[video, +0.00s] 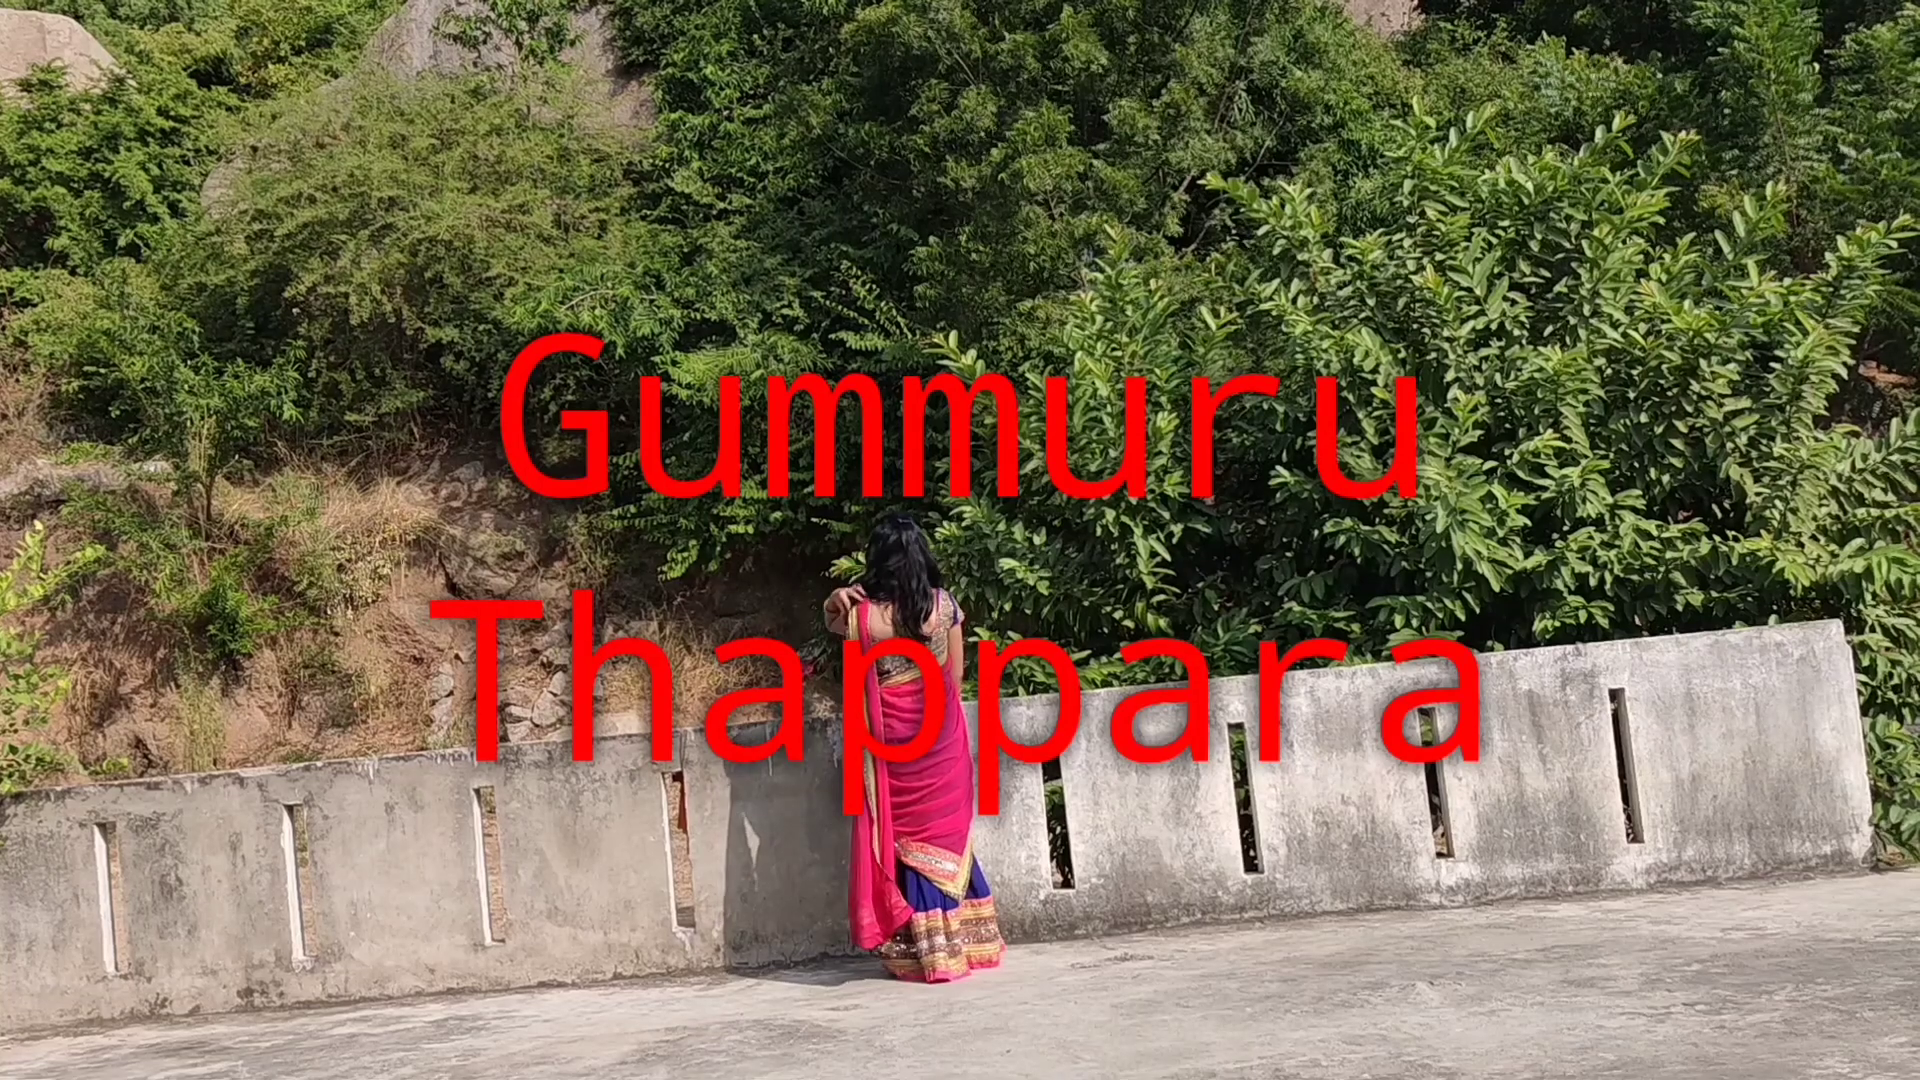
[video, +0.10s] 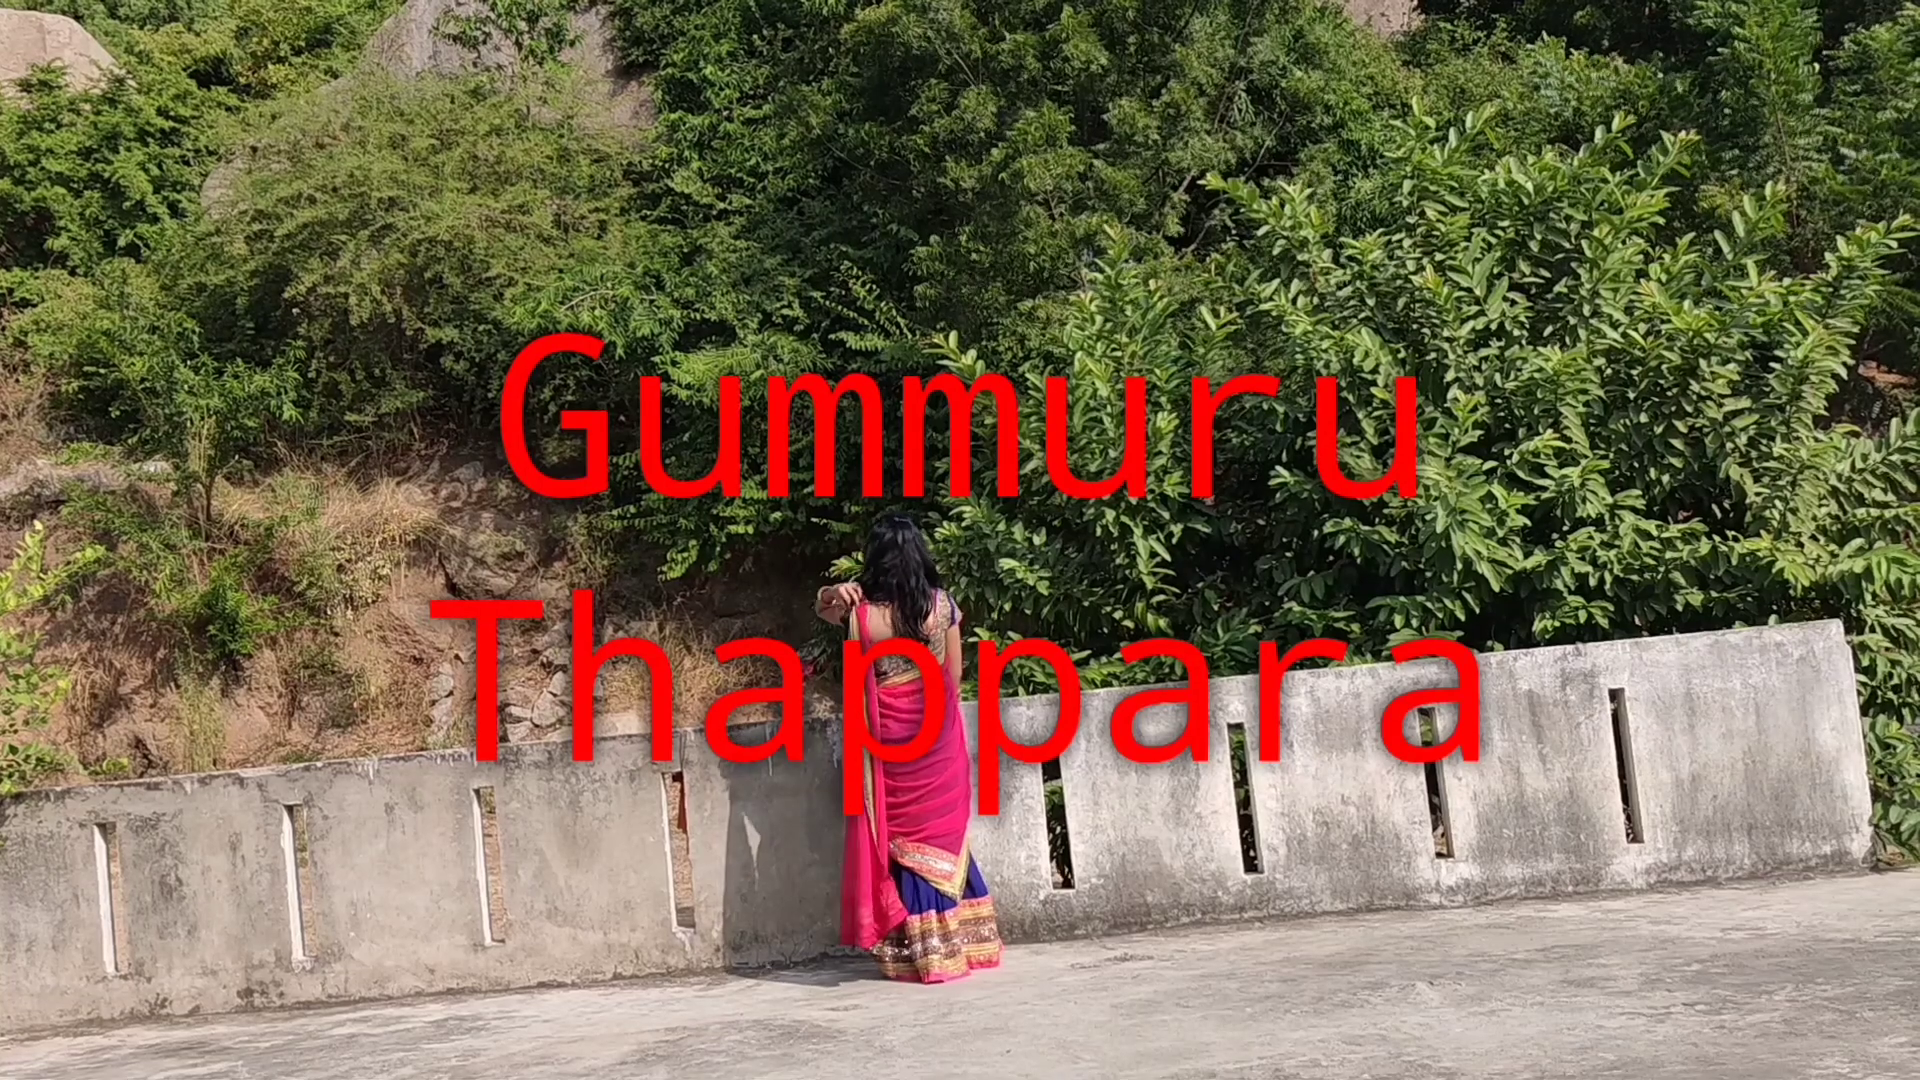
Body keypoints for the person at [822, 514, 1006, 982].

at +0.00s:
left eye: (881, 555)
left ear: (877, 561)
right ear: (924, 557)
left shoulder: (864, 616)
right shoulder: (945, 606)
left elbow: (854, 672)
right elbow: (955, 674)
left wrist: (838, 605)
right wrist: (947, 719)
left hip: (891, 728)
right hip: (941, 726)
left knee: (902, 830)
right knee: (946, 828)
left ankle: (922, 947)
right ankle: (960, 940)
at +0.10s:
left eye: (880, 554)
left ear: (875, 561)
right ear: (922, 556)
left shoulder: (864, 613)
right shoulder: (944, 605)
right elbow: (954, 673)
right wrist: (945, 717)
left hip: (889, 730)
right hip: (939, 727)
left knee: (897, 831)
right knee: (945, 828)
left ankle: (915, 947)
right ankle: (959, 940)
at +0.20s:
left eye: (874, 552)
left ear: (871, 559)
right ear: (917, 556)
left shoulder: (861, 604)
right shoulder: (939, 602)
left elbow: (814, 597)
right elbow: (951, 671)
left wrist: (834, 586)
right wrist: (941, 712)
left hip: (886, 723)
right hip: (936, 721)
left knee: (894, 828)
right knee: (944, 825)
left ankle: (912, 946)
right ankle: (956, 939)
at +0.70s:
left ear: (856, 563)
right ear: (904, 562)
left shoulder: (839, 616)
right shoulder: (923, 609)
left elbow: (808, 657)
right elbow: (931, 670)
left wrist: (813, 609)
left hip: (871, 734)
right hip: (921, 730)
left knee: (884, 833)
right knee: (935, 829)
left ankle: (907, 951)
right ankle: (951, 942)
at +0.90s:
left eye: (849, 557)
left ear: (848, 562)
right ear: (895, 559)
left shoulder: (833, 615)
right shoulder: (919, 606)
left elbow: (836, 688)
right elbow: (930, 672)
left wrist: (856, 729)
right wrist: (926, 724)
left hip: (868, 732)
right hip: (917, 726)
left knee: (881, 833)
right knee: (928, 827)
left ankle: (906, 951)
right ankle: (948, 942)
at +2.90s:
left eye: (848, 556)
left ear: (846, 562)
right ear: (892, 558)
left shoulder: (829, 616)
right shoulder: (919, 607)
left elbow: (832, 687)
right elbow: (934, 674)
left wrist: (845, 740)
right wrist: (931, 726)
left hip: (867, 739)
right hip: (919, 732)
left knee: (878, 837)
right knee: (930, 831)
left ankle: (893, 953)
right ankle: (945, 945)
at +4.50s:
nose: (846, 555)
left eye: (855, 551)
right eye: (850, 547)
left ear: (875, 563)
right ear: (886, 564)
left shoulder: (849, 600)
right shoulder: (904, 602)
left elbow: (824, 664)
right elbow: (910, 668)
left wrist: (819, 723)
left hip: (881, 729)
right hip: (924, 726)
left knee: (877, 827)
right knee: (915, 827)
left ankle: (891, 947)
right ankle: (934, 941)